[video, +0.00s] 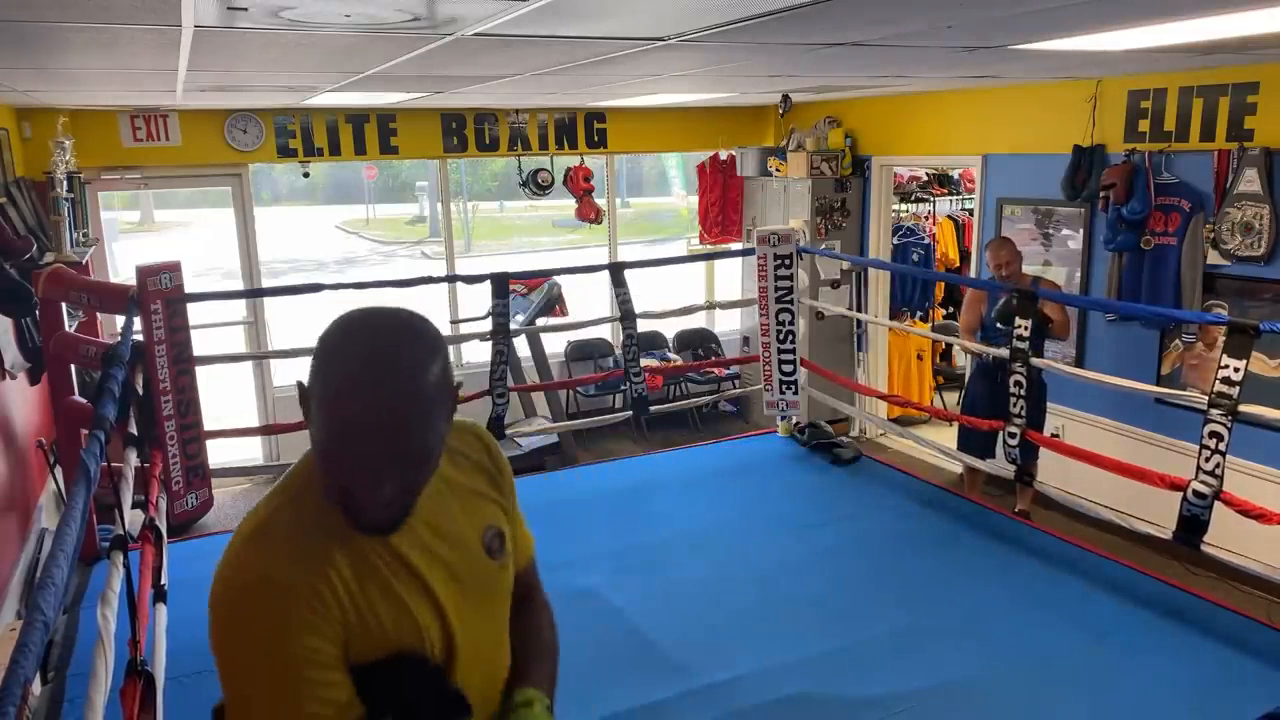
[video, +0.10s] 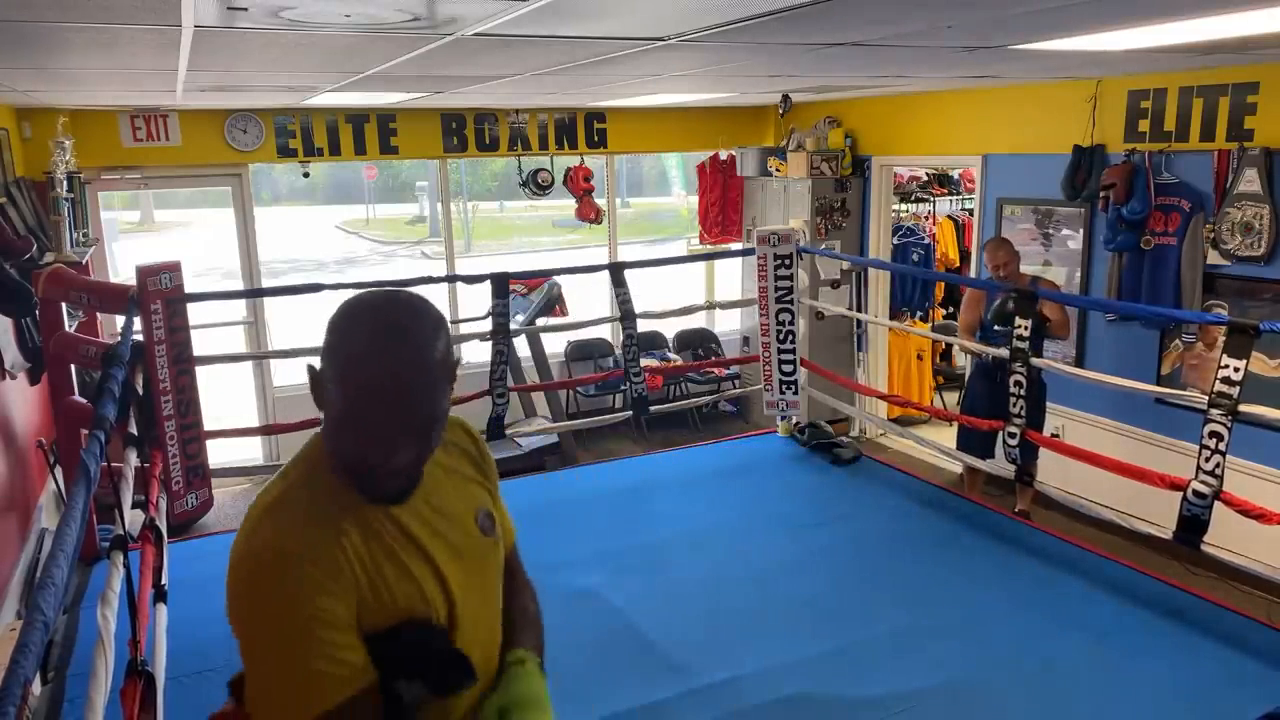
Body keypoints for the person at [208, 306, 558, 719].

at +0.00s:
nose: (377, 500)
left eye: (409, 471)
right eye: (346, 471)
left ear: (451, 411)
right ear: (306, 410)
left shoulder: (477, 457)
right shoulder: (270, 584)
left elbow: (524, 595)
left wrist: (530, 702)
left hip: (496, 699)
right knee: (408, 681)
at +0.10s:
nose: (397, 457)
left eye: (420, 430)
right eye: (368, 433)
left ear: (451, 392)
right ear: (319, 395)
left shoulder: (462, 448)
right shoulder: (284, 550)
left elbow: (509, 571)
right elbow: (326, 706)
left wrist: (523, 676)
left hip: (494, 697)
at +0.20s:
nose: (415, 432)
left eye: (436, 407)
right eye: (389, 411)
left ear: (455, 384)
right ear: (330, 379)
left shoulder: (450, 443)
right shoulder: (298, 522)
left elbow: (494, 559)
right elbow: (342, 706)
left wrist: (522, 667)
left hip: (479, 694)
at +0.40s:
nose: (442, 390)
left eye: (454, 368)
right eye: (416, 369)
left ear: (464, 356)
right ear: (350, 348)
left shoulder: (423, 432)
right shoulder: (322, 481)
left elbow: (462, 562)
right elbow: (389, 688)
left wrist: (519, 631)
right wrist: (507, 698)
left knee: (571, 700)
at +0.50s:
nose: (450, 377)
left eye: (455, 357)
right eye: (437, 357)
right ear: (381, 345)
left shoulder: (393, 429)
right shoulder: (335, 462)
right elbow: (414, 667)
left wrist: (481, 601)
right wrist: (523, 674)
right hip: (388, 706)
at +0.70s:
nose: (446, 360)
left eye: (448, 341)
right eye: (436, 340)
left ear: (371, 331)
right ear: (382, 331)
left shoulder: (325, 420)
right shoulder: (373, 438)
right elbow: (489, 619)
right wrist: (548, 625)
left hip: (377, 700)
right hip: (441, 704)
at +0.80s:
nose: (444, 359)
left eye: (446, 342)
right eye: (435, 340)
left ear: (368, 328)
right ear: (382, 328)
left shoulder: (316, 418)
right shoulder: (386, 434)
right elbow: (512, 605)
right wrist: (546, 606)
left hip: (378, 697)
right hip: (454, 703)